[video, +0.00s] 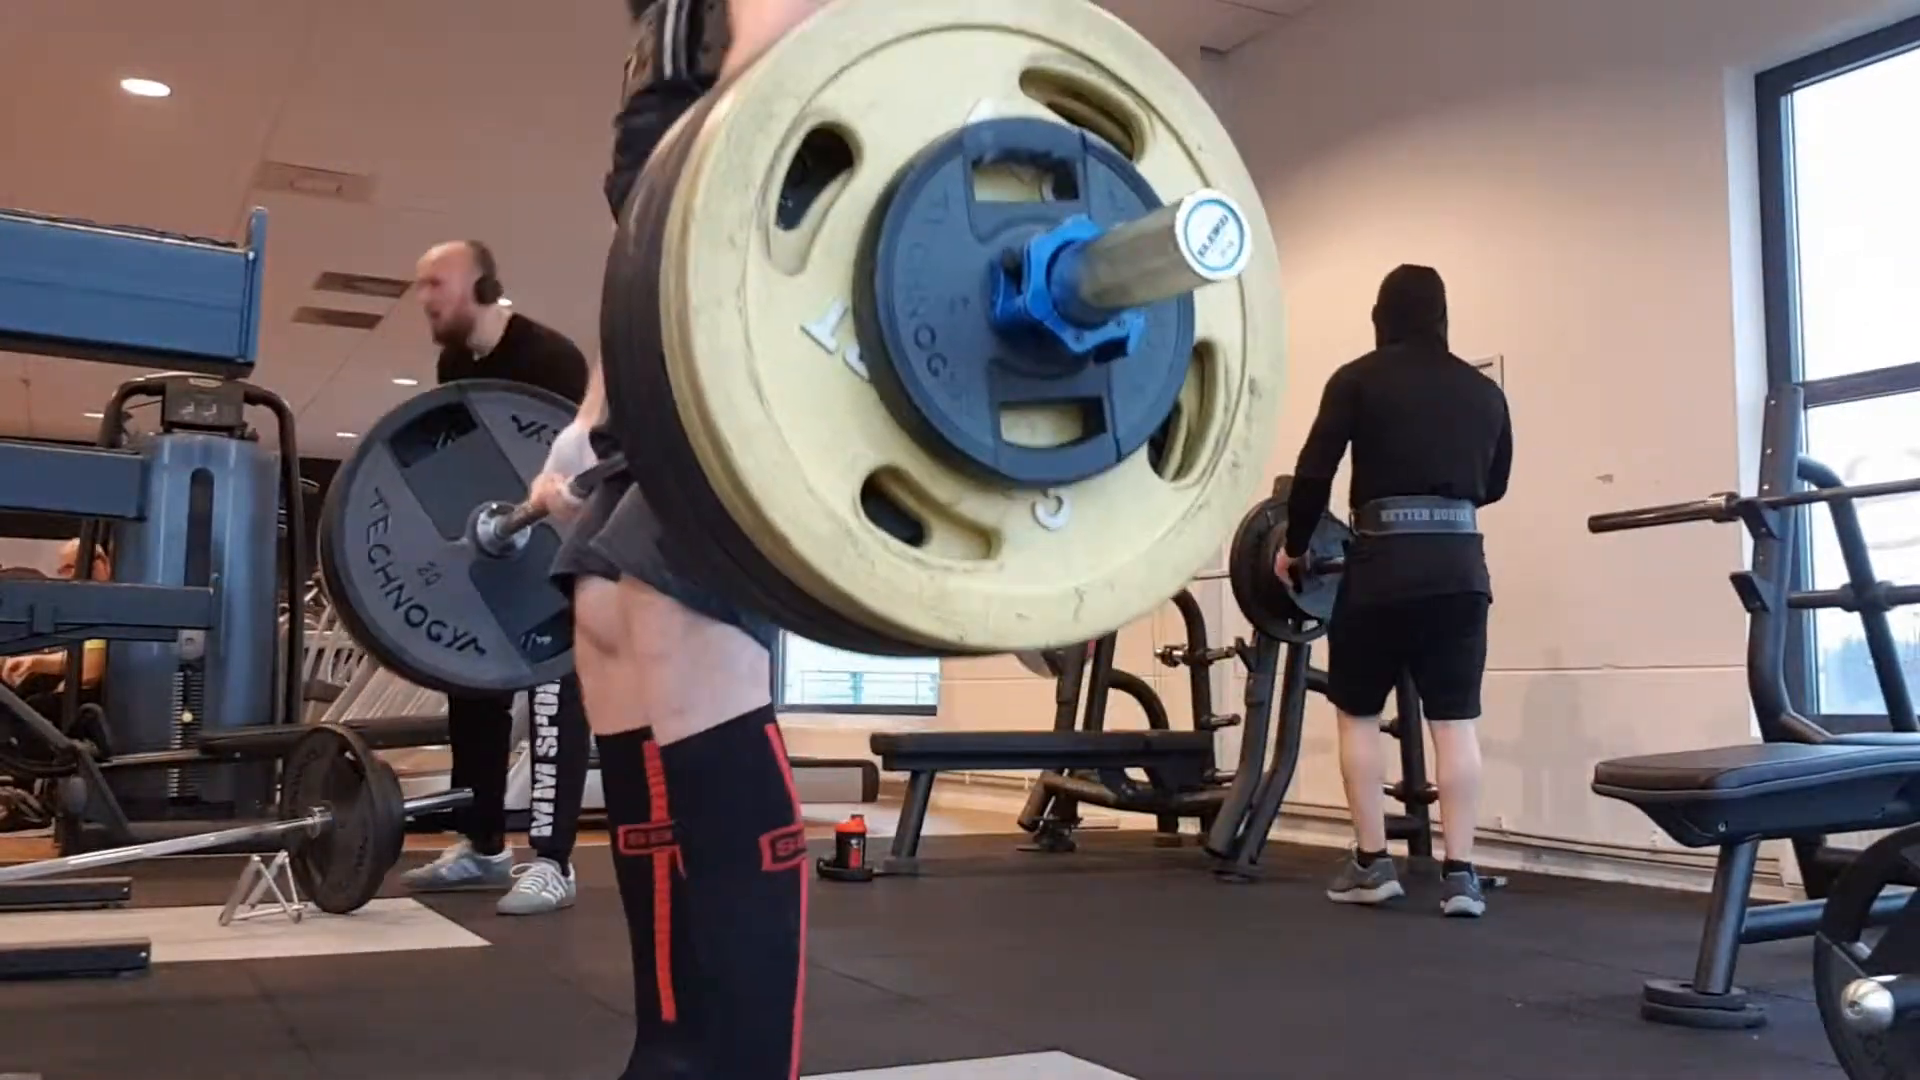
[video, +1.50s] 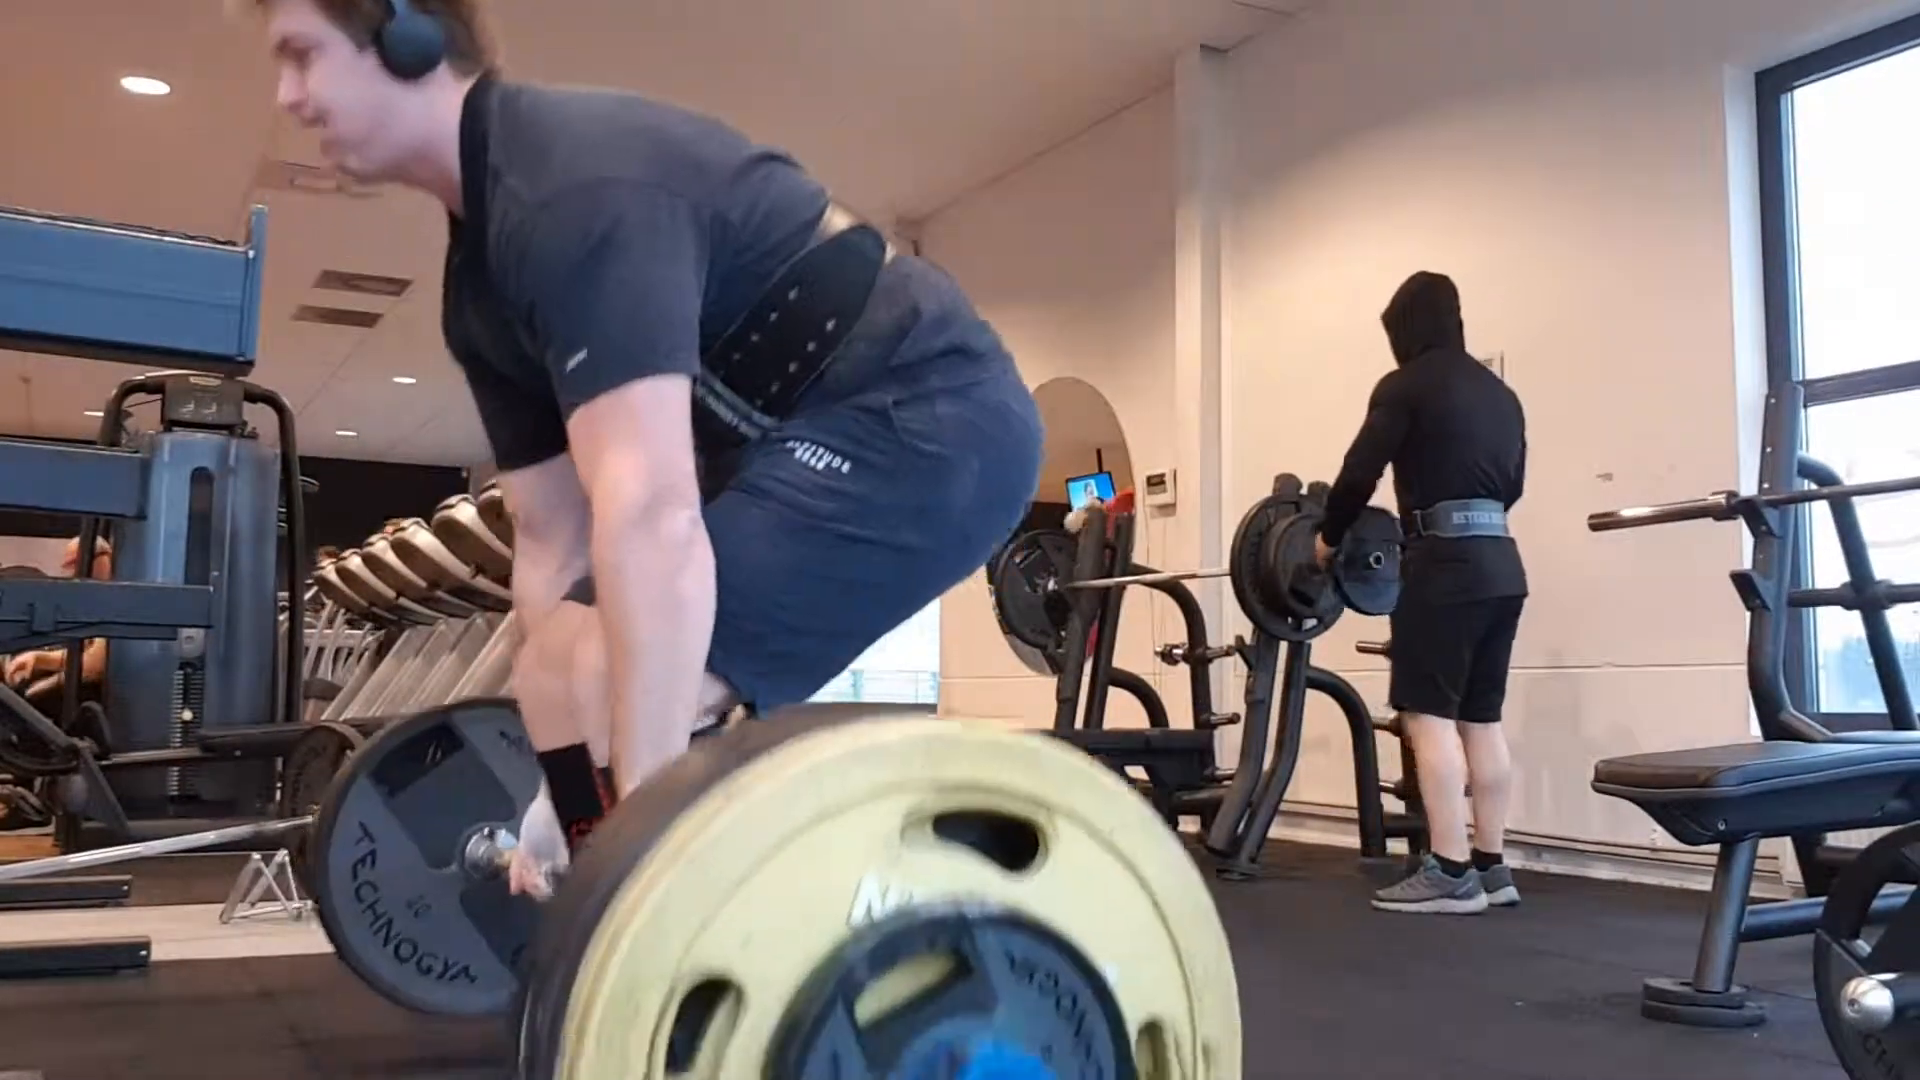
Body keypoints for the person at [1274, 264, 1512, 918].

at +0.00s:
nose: (1374, 325)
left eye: (1376, 316)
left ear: (1381, 318)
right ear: (1442, 319)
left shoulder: (1356, 380)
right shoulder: (1484, 391)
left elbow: (1313, 474)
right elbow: (1492, 485)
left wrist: (1295, 544)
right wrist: (1426, 498)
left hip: (1380, 568)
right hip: (1458, 571)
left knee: (1359, 713)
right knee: (1454, 721)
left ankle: (1374, 862)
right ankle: (1459, 875)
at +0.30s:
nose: (1332, 340)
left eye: (1331, 331)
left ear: (1337, 330)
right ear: (1395, 322)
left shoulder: (1325, 397)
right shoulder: (1450, 389)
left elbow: (1299, 491)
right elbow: (1454, 488)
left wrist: (1294, 553)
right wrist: (1407, 538)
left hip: (1374, 578)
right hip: (1451, 574)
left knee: (1371, 727)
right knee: (1450, 719)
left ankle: (1379, 869)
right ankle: (1461, 862)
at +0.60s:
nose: (1319, 354)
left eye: (1318, 345)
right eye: (1319, 345)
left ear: (1327, 342)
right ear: (1381, 330)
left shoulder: (1329, 402)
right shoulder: (1440, 389)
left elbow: (1307, 493)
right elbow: (1454, 485)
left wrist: (1291, 553)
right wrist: (1393, 531)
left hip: (1390, 577)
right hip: (1460, 572)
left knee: (1379, 724)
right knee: (1454, 715)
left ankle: (1382, 868)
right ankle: (1485, 862)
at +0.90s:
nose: (1358, 348)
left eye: (1358, 338)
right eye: (1357, 339)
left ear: (1367, 337)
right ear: (1421, 328)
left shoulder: (1370, 396)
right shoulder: (1470, 394)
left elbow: (1332, 489)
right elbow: (1477, 492)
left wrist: (1304, 544)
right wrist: (1409, 535)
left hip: (1416, 578)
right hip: (1479, 572)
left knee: (1389, 718)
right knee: (1470, 716)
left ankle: (1380, 864)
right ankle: (1489, 864)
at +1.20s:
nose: (1396, 345)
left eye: (1397, 335)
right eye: (1396, 336)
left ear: (1409, 331)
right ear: (1459, 327)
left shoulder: (1405, 390)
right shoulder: (1503, 395)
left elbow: (1352, 477)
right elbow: (1489, 498)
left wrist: (1307, 533)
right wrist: (1403, 543)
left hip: (1442, 571)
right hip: (1505, 570)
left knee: (1400, 715)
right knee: (1485, 718)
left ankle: (1398, 864)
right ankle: (1490, 866)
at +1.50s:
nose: (1390, 341)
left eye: (1391, 330)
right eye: (1391, 331)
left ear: (1400, 328)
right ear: (1455, 322)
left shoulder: (1403, 387)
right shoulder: (1501, 393)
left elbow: (1360, 474)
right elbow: (1508, 488)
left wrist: (1329, 530)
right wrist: (1430, 525)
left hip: (1444, 572)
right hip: (1500, 570)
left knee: (1427, 715)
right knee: (1482, 719)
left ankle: (1450, 871)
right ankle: (1491, 867)